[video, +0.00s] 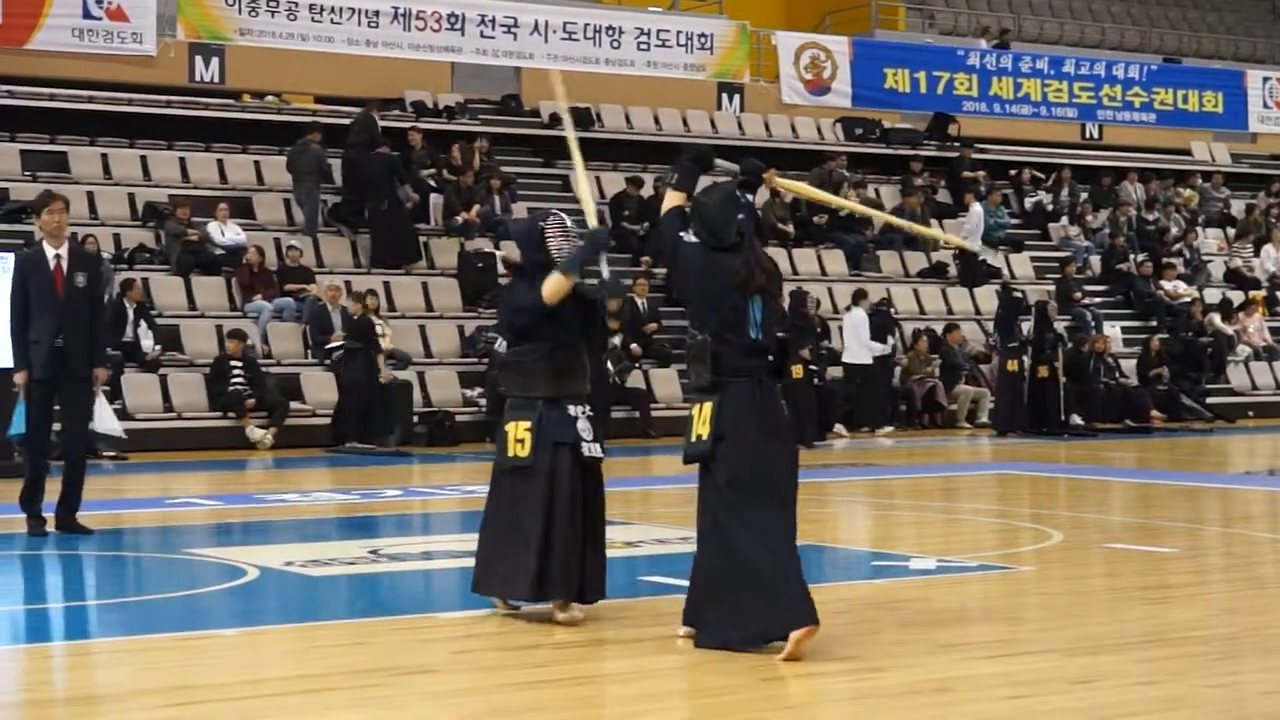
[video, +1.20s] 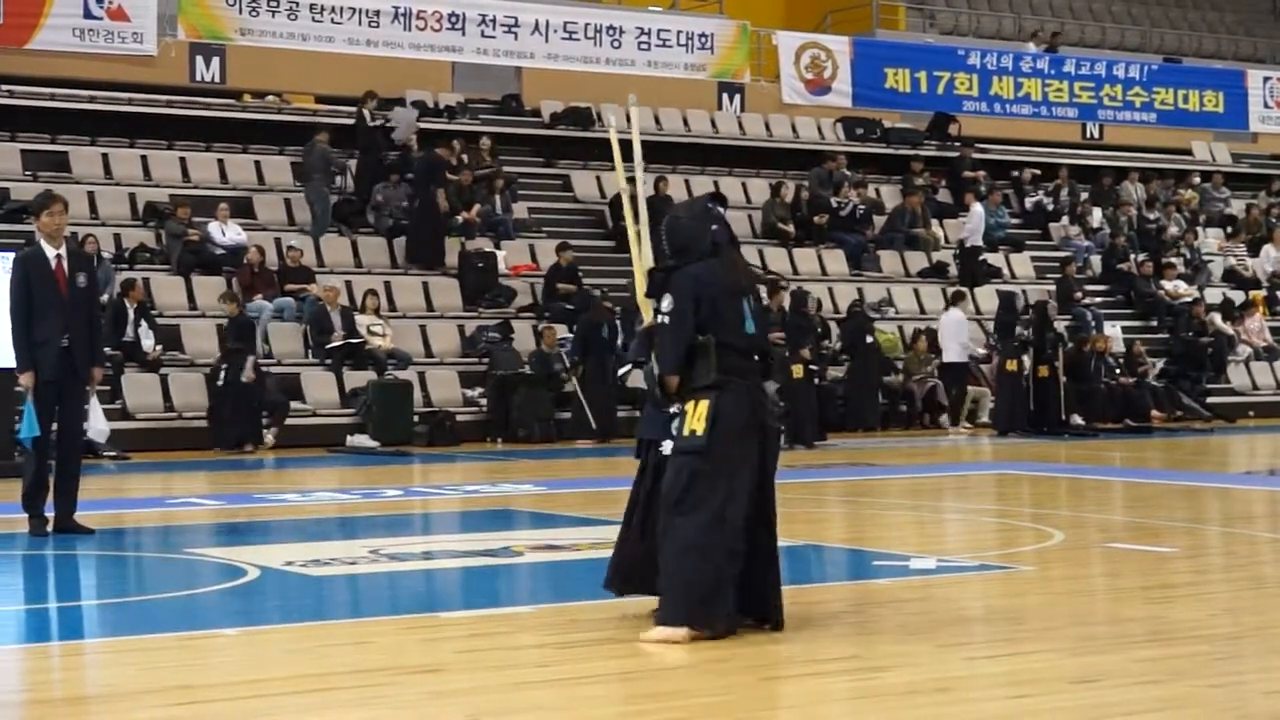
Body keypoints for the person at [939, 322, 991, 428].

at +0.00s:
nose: (961, 335)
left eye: (960, 333)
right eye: (958, 333)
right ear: (948, 335)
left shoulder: (959, 350)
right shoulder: (945, 350)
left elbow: (971, 362)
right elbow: (955, 363)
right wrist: (968, 366)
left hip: (962, 384)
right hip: (949, 386)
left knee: (984, 393)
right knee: (967, 391)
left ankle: (982, 418)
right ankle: (960, 420)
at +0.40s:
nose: (952, 335)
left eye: (952, 332)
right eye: (949, 332)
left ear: (953, 334)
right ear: (941, 335)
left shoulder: (954, 349)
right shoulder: (940, 350)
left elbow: (967, 357)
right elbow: (951, 362)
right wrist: (965, 363)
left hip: (961, 384)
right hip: (947, 386)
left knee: (986, 392)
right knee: (968, 390)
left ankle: (983, 418)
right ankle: (962, 420)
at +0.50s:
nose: (951, 335)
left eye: (951, 332)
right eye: (948, 333)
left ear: (953, 333)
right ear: (941, 335)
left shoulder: (955, 347)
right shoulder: (938, 349)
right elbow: (951, 362)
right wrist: (963, 363)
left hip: (960, 384)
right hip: (947, 386)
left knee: (986, 391)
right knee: (968, 390)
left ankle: (983, 418)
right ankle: (962, 420)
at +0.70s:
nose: (951, 335)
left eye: (951, 332)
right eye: (948, 332)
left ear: (952, 333)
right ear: (941, 334)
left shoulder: (953, 347)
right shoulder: (939, 349)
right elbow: (954, 362)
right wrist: (964, 362)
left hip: (959, 383)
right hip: (946, 385)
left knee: (986, 391)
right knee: (968, 390)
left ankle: (983, 417)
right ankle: (962, 419)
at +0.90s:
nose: (944, 305)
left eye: (943, 302)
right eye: (943, 302)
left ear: (930, 301)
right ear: (939, 302)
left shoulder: (921, 316)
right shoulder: (936, 317)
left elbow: (920, 339)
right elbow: (937, 340)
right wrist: (953, 348)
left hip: (922, 358)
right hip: (935, 359)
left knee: (921, 391)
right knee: (945, 391)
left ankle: (914, 420)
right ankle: (950, 422)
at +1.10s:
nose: (960, 304)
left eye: (960, 301)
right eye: (959, 301)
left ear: (946, 301)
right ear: (954, 301)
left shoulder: (937, 316)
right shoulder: (953, 317)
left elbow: (934, 339)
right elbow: (955, 340)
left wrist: (942, 349)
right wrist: (971, 351)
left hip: (940, 358)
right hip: (953, 359)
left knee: (945, 392)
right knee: (957, 393)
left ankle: (930, 411)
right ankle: (954, 424)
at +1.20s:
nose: (967, 304)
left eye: (967, 301)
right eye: (966, 301)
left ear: (952, 301)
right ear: (962, 302)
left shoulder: (944, 316)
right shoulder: (961, 317)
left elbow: (940, 337)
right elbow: (963, 341)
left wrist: (945, 350)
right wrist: (977, 351)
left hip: (946, 357)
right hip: (959, 358)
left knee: (950, 390)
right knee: (961, 391)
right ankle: (955, 423)